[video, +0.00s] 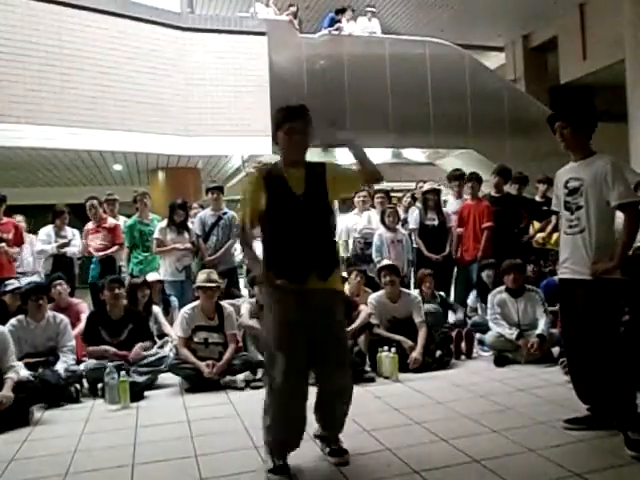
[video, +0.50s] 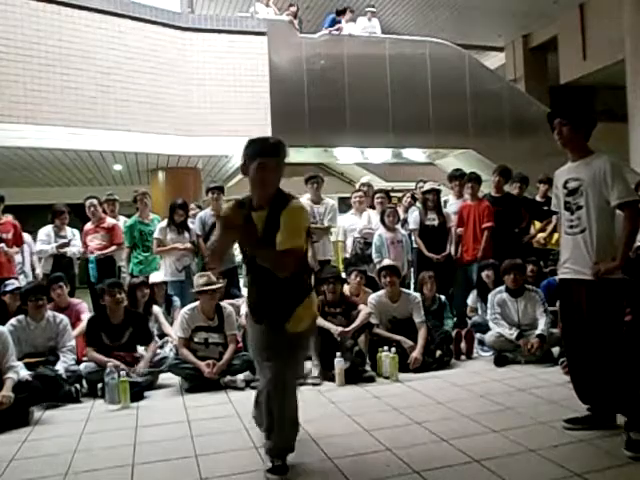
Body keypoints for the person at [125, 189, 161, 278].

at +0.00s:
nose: (144, 202)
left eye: (146, 199)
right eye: (140, 200)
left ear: (150, 202)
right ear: (136, 205)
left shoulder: (157, 221)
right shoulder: (131, 224)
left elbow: (161, 243)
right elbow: (127, 247)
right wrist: (124, 267)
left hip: (155, 266)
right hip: (137, 267)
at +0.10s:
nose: (144, 203)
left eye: (146, 199)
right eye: (140, 200)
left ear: (150, 202)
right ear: (136, 204)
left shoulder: (157, 220)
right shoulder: (130, 224)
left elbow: (160, 243)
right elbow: (127, 247)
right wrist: (125, 268)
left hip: (155, 266)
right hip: (138, 267)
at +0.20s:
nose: (144, 203)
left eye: (146, 199)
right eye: (140, 200)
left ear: (150, 202)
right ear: (136, 204)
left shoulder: (157, 220)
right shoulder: (131, 224)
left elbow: (160, 242)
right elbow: (127, 247)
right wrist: (125, 267)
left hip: (155, 265)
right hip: (138, 267)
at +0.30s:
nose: (144, 202)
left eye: (146, 199)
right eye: (140, 200)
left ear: (150, 202)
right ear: (136, 204)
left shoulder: (157, 220)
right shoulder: (130, 224)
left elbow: (160, 242)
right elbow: (127, 247)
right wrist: (126, 269)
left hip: (155, 265)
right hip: (138, 267)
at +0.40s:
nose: (144, 203)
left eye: (146, 199)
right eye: (140, 200)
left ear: (150, 202)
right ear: (136, 204)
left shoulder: (157, 220)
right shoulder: (130, 224)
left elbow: (160, 242)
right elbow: (127, 247)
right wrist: (126, 269)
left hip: (155, 266)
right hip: (138, 267)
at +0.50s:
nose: (144, 203)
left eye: (146, 199)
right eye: (140, 200)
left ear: (150, 202)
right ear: (136, 204)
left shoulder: (157, 220)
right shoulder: (130, 224)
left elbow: (160, 243)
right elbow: (127, 247)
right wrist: (125, 269)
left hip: (155, 266)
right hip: (138, 267)